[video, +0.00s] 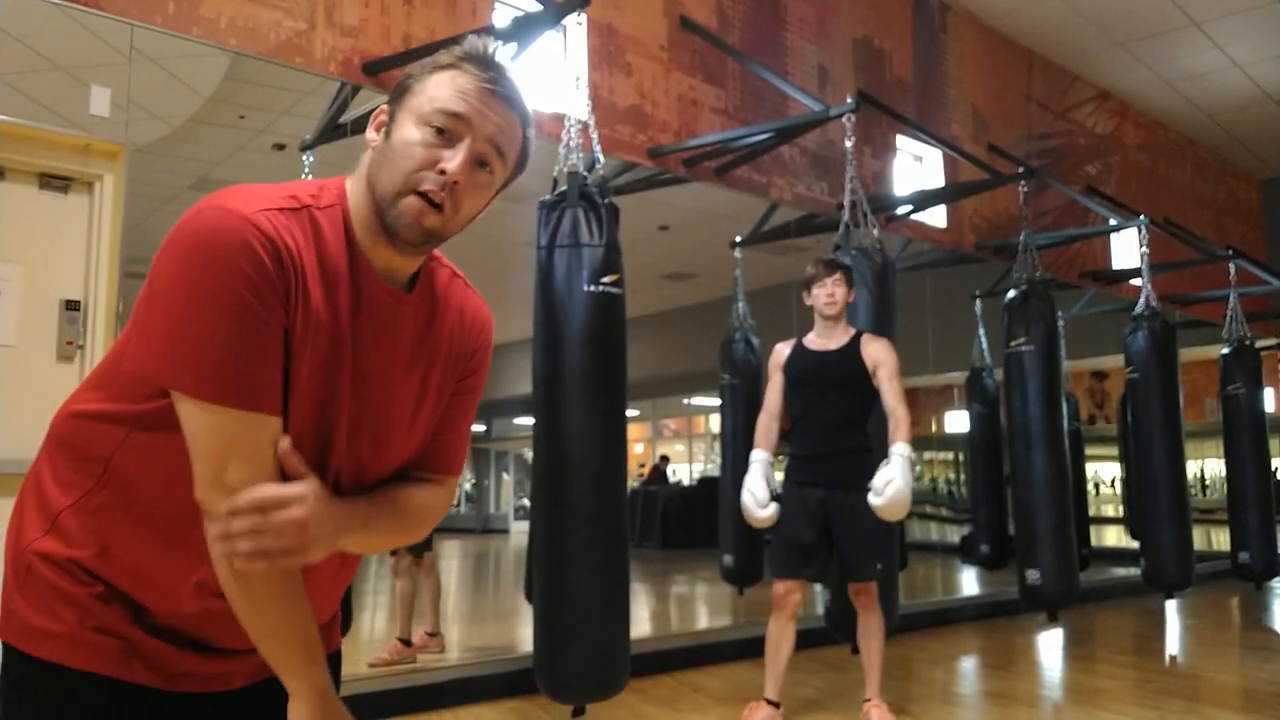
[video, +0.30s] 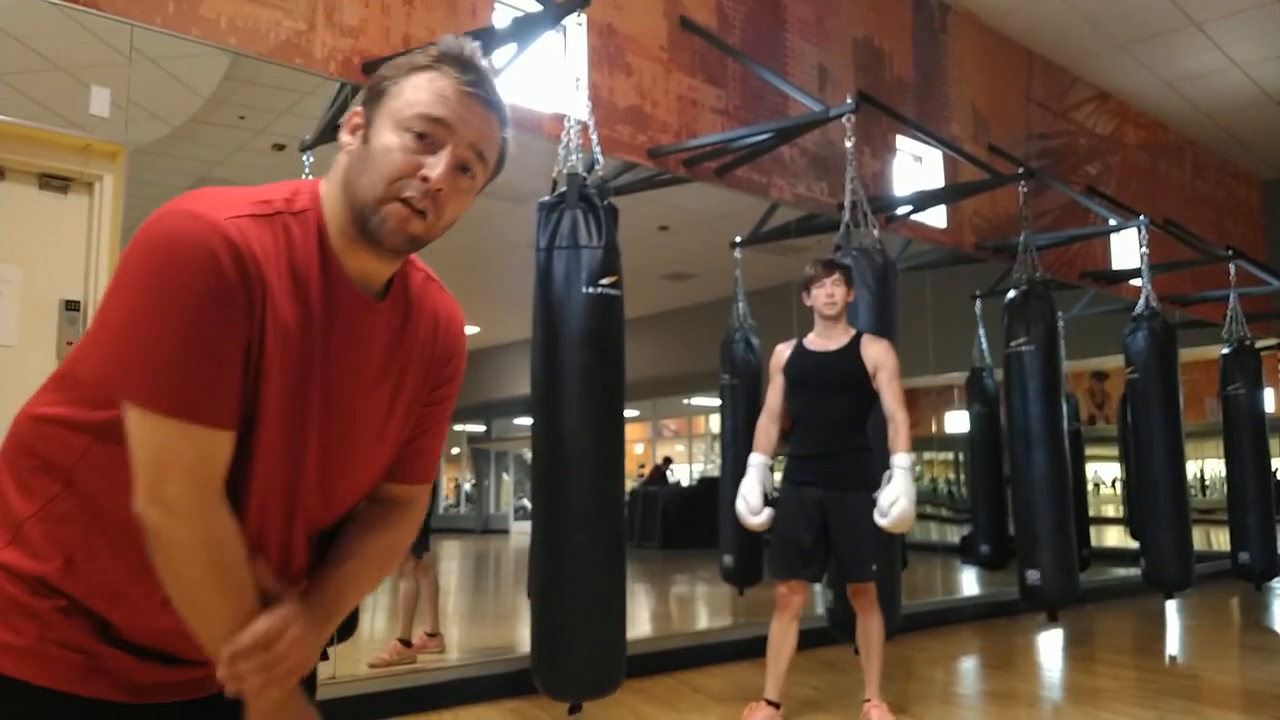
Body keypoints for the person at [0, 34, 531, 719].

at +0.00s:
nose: (453, 169)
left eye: (484, 164)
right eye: (442, 131)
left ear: (489, 200)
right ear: (380, 123)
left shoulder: (464, 326)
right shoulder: (238, 237)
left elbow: (431, 493)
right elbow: (237, 510)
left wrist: (338, 522)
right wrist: (313, 692)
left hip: (281, 644)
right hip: (94, 624)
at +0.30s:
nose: (435, 177)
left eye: (466, 169)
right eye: (423, 138)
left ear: (473, 198)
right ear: (355, 126)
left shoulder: (435, 330)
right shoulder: (208, 243)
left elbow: (398, 501)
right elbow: (175, 500)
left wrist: (319, 614)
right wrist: (273, 694)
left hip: (221, 665)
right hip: (54, 641)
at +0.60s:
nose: (371, 165)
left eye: (405, 152)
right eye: (355, 124)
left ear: (417, 182)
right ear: (287, 111)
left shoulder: (388, 316)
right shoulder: (129, 238)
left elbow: (350, 503)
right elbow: (64, 509)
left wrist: (268, 646)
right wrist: (189, 690)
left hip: (231, 685)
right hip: (50, 678)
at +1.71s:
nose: (384, 116)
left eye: (415, 105)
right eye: (367, 80)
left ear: (426, 139)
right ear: (308, 81)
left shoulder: (411, 283)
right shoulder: (171, 201)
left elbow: (397, 447)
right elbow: (100, 428)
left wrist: (321, 568)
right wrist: (253, 595)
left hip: (274, 660)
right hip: (84, 653)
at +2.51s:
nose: (296, 80)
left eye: (325, 73)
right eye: (277, 45)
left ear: (332, 104)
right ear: (214, 43)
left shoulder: (328, 250)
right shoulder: (78, 173)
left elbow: (341, 407)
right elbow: (10, 375)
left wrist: (332, 492)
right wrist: (163, 527)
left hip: (239, 663)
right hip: (62, 664)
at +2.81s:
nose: (225, 47)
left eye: (250, 37)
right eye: (199, 17)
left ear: (259, 67)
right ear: (132, 24)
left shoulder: (280, 214)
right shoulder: (23, 160)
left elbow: (316, 362)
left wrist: (280, 411)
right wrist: (147, 413)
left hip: (239, 645)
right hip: (51, 655)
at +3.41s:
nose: (246, 58)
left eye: (273, 46)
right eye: (222, 36)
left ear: (305, 79)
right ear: (183, 63)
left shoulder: (370, 230)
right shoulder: (93, 206)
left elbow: (430, 378)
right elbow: (13, 380)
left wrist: (373, 400)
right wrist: (170, 409)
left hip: (301, 651)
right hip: (114, 652)